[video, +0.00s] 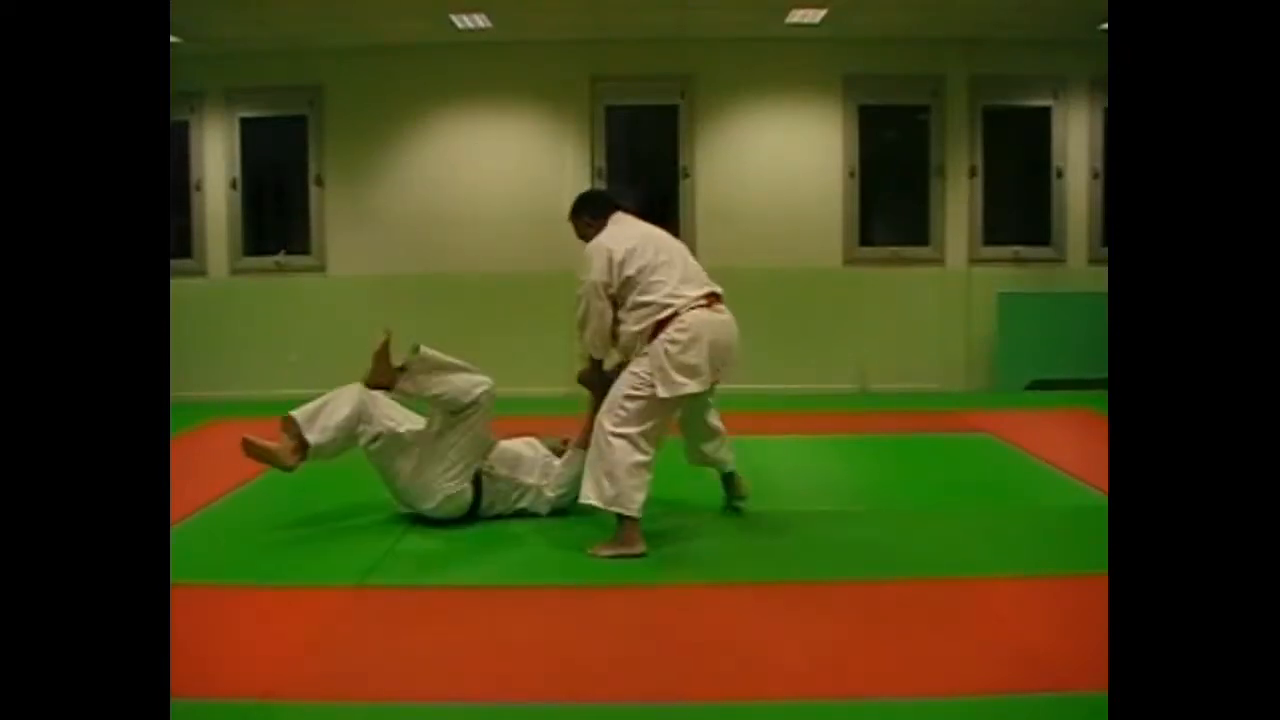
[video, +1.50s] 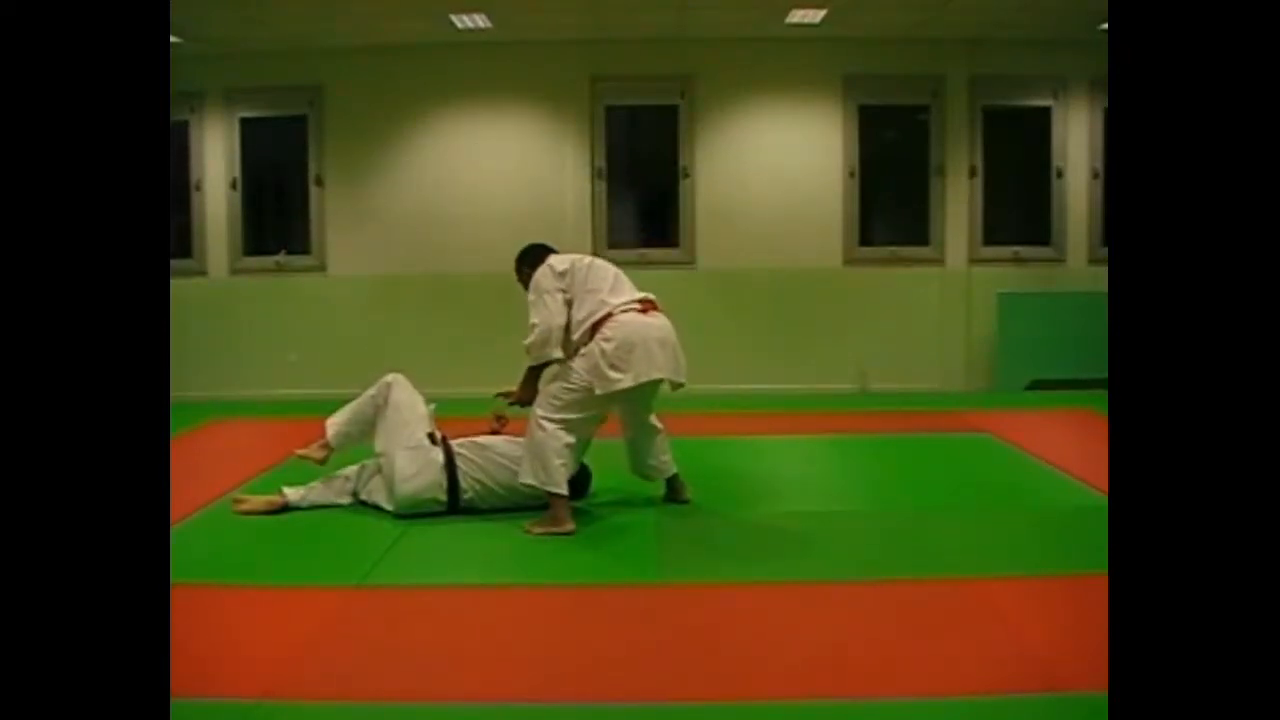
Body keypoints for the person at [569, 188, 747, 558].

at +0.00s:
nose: (580, 237)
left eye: (579, 229)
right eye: (577, 230)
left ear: (591, 220)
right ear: (612, 212)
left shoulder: (603, 247)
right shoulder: (647, 232)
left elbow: (598, 321)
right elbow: (648, 313)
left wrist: (593, 368)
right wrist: (618, 366)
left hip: (678, 334)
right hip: (721, 324)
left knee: (616, 424)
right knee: (698, 413)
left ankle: (628, 533)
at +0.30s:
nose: (577, 252)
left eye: (575, 246)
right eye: (574, 247)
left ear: (583, 233)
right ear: (604, 224)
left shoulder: (596, 247)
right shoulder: (641, 241)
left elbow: (592, 319)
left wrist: (579, 376)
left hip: (658, 330)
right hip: (698, 325)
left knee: (589, 406)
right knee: (665, 410)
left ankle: (564, 508)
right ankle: (682, 482)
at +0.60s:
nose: (551, 271)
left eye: (549, 265)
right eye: (548, 267)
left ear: (553, 250)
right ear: (574, 238)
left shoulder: (567, 259)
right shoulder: (624, 249)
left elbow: (561, 328)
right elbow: (673, 288)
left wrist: (542, 382)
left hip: (632, 335)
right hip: (675, 331)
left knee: (564, 411)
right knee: (649, 413)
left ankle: (559, 511)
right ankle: (674, 484)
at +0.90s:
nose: (529, 294)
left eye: (527, 287)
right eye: (526, 290)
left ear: (533, 274)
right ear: (552, 259)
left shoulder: (550, 276)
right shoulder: (589, 267)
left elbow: (554, 333)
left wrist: (532, 388)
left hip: (625, 339)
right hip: (667, 334)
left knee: (555, 415)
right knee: (642, 415)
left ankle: (559, 512)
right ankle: (674, 484)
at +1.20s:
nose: (526, 300)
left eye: (523, 293)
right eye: (522, 295)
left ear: (530, 280)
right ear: (550, 266)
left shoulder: (548, 281)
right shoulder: (585, 277)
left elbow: (553, 333)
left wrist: (529, 387)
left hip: (624, 345)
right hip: (664, 340)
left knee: (548, 417)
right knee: (637, 416)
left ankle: (558, 513)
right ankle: (674, 485)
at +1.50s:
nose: (526, 287)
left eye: (524, 280)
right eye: (522, 283)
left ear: (530, 268)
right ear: (553, 255)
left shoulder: (545, 273)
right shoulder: (587, 267)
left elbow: (548, 328)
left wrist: (528, 385)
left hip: (617, 338)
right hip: (660, 332)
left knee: (548, 415)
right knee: (639, 415)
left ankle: (558, 513)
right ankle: (675, 484)